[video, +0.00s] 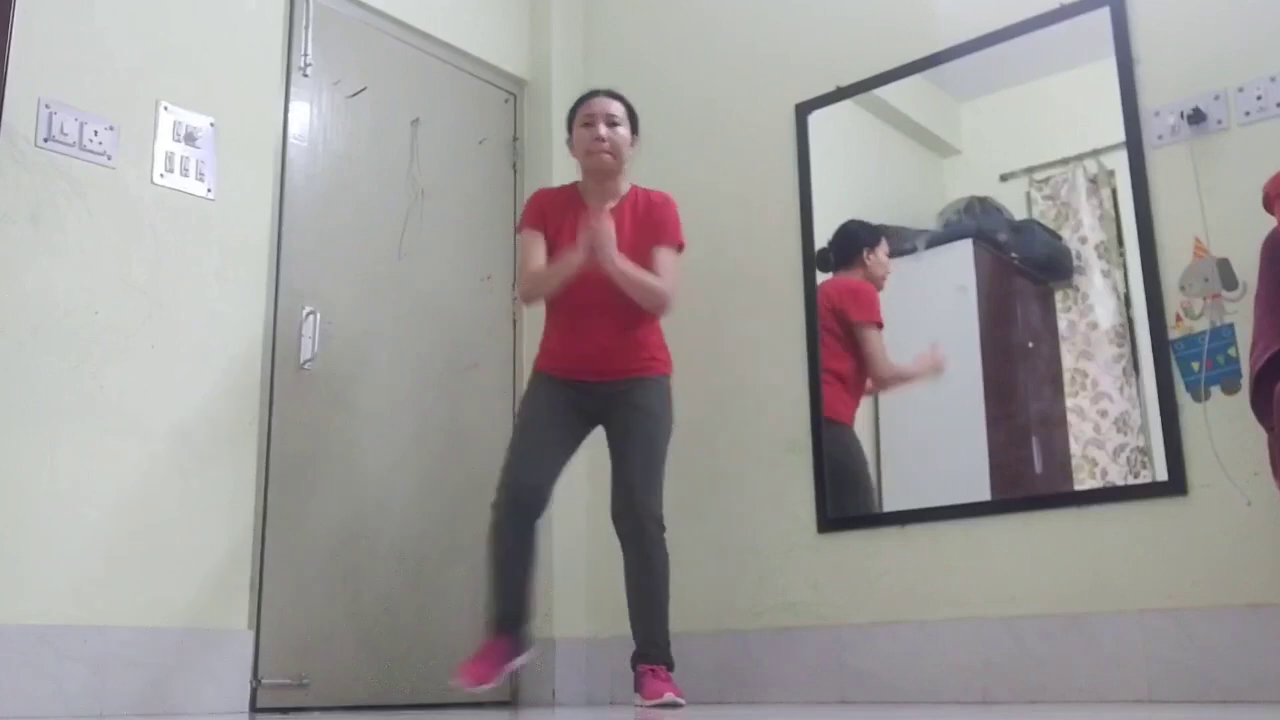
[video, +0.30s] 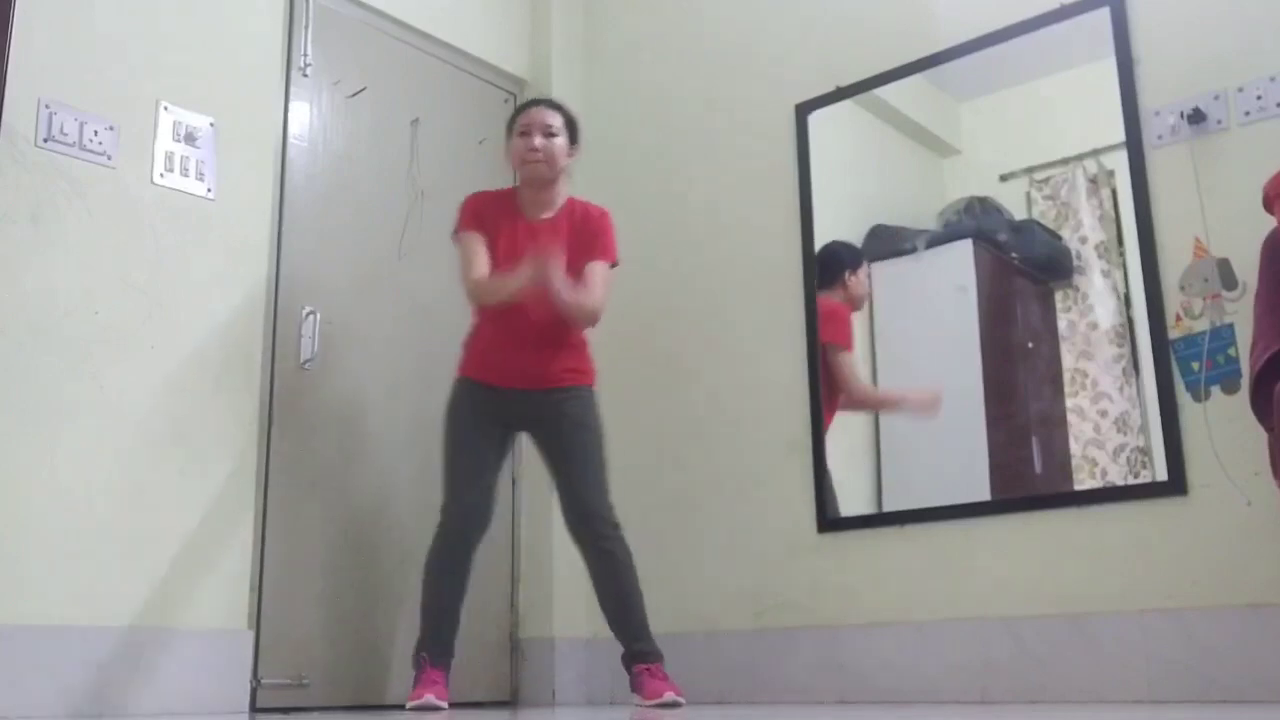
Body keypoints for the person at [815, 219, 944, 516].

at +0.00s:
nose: (889, 267)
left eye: (888, 257)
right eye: (886, 256)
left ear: (840, 258)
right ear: (867, 257)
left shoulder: (824, 291)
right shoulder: (857, 291)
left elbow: (853, 385)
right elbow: (881, 373)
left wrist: (911, 375)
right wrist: (924, 367)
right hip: (829, 422)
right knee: (860, 517)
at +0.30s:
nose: (868, 287)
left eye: (867, 277)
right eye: (865, 277)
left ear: (826, 278)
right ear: (848, 279)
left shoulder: (816, 309)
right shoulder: (831, 311)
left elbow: (833, 396)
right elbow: (853, 390)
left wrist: (899, 401)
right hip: (802, 446)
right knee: (829, 528)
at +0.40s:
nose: (862, 297)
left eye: (861, 288)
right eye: (859, 287)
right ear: (842, 286)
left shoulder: (810, 319)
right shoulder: (823, 322)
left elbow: (822, 407)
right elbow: (823, 405)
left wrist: (868, 463)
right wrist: (870, 463)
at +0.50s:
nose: (859, 302)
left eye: (859, 293)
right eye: (857, 292)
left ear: (840, 291)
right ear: (841, 290)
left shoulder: (816, 328)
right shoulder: (818, 331)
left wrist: (823, 497)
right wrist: (824, 499)